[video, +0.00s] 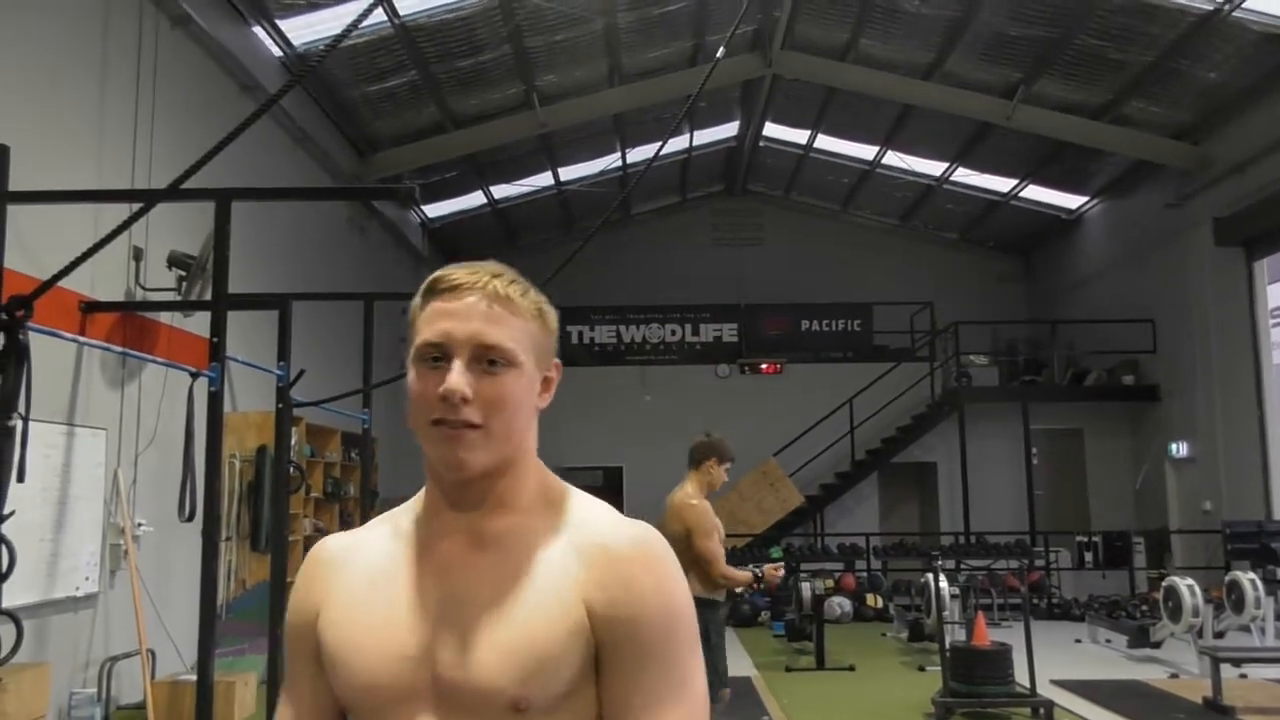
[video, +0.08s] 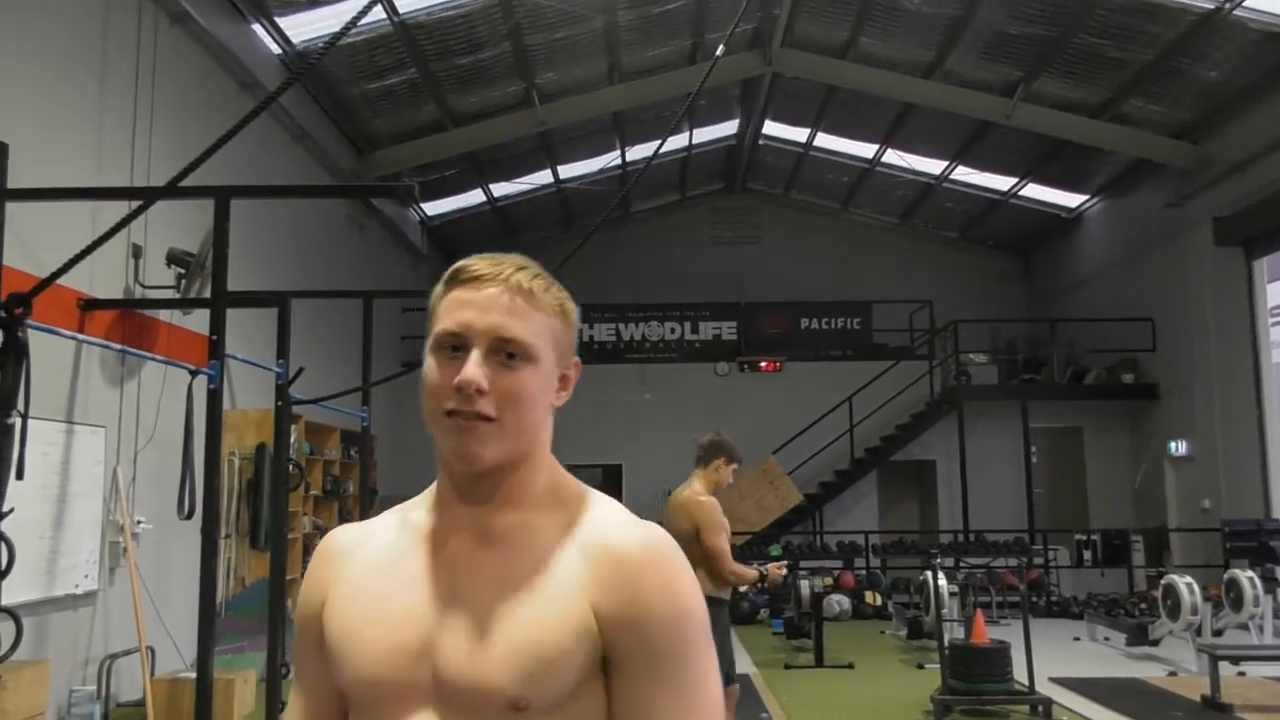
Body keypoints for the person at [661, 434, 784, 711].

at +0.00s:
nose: (727, 478)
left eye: (728, 471)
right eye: (725, 470)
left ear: (707, 466)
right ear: (710, 466)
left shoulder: (679, 500)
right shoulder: (697, 508)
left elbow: (710, 566)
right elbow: (718, 573)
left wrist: (750, 575)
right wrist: (759, 577)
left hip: (692, 602)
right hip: (704, 607)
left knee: (711, 687)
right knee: (715, 692)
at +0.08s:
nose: (732, 479)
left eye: (734, 472)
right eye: (732, 471)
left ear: (712, 464)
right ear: (718, 465)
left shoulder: (679, 499)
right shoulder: (705, 505)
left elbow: (713, 563)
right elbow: (725, 571)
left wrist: (756, 573)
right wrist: (763, 575)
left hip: (691, 602)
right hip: (711, 606)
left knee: (707, 687)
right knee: (728, 691)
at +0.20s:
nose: (738, 478)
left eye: (741, 471)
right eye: (740, 470)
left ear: (716, 458)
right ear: (729, 461)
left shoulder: (684, 494)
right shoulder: (715, 499)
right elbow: (733, 566)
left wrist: (756, 570)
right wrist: (770, 572)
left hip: (696, 597)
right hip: (718, 602)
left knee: (714, 677)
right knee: (740, 683)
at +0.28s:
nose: (743, 475)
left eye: (746, 469)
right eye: (745, 467)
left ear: (719, 456)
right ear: (735, 459)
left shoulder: (689, 491)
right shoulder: (720, 497)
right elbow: (736, 564)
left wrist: (755, 575)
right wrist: (771, 576)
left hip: (699, 594)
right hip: (722, 599)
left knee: (713, 670)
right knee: (742, 676)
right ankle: (748, 713)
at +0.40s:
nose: (751, 473)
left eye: (753, 467)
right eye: (753, 465)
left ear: (725, 455)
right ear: (745, 458)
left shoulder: (697, 492)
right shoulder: (726, 495)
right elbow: (740, 562)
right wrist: (778, 591)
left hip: (702, 590)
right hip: (727, 594)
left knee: (715, 671)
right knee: (748, 679)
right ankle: (751, 713)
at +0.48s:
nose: (756, 471)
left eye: (758, 464)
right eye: (757, 463)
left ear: (733, 455)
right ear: (748, 456)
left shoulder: (706, 490)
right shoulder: (730, 492)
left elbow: (708, 548)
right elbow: (742, 559)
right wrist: (776, 607)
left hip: (715, 592)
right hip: (735, 595)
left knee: (726, 674)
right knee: (750, 683)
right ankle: (751, 714)